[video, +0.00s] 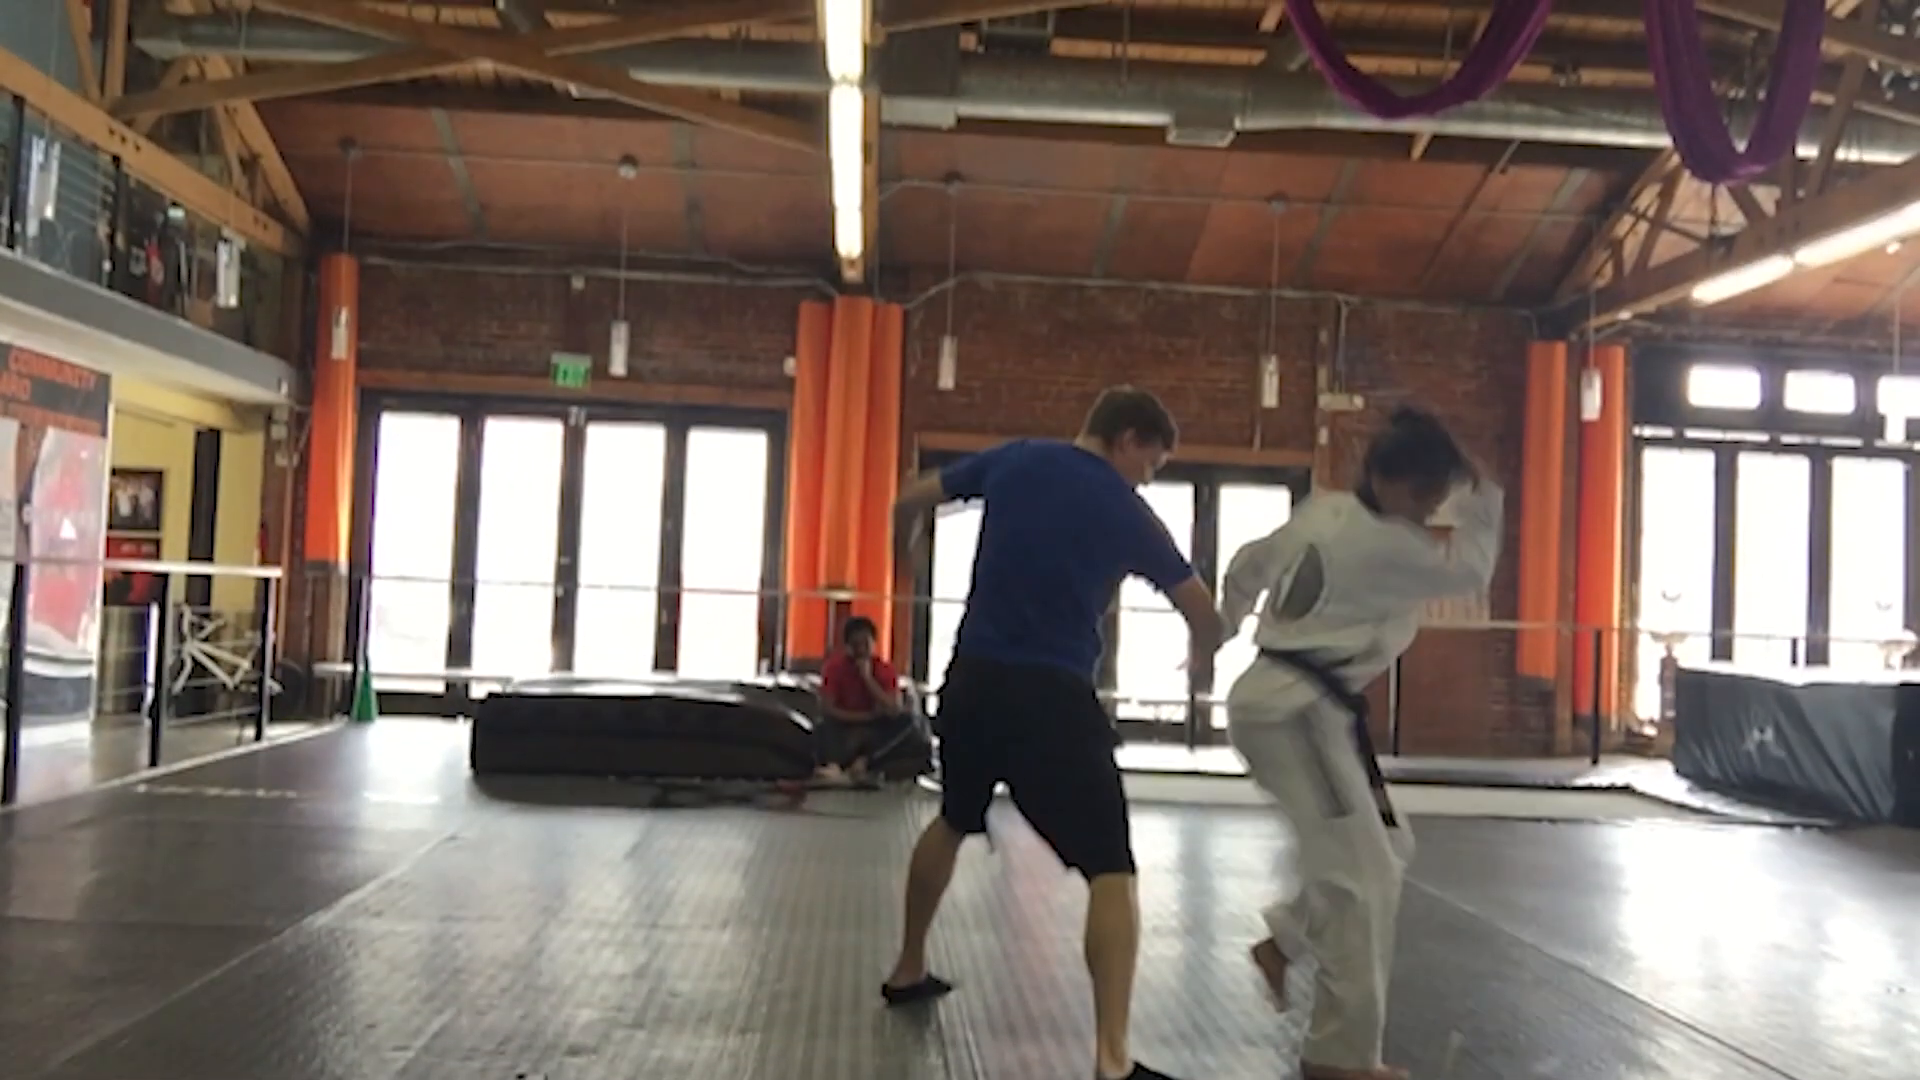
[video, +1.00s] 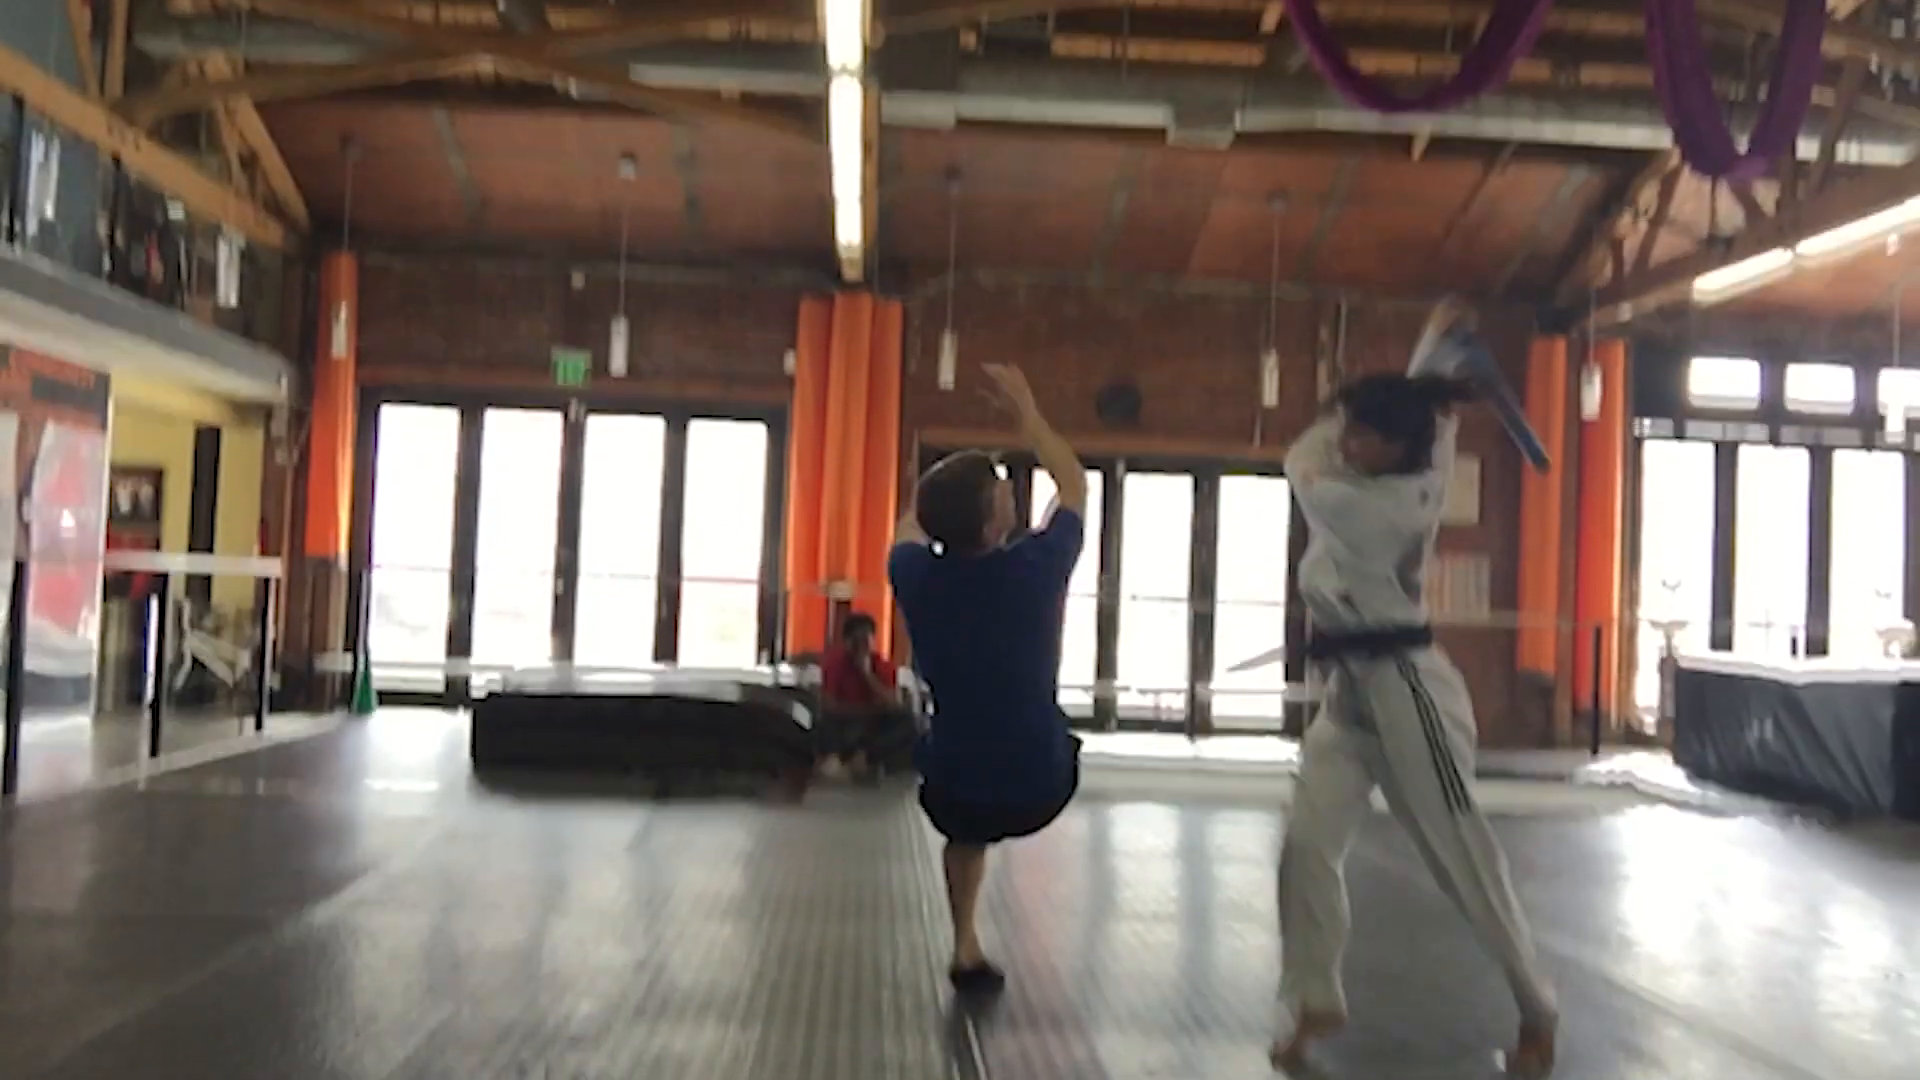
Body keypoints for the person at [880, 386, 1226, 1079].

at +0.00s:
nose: (1146, 481)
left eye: (1153, 470)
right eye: (1150, 466)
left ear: (1094, 430)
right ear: (1126, 440)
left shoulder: (1014, 457)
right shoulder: (1122, 506)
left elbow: (908, 500)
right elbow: (1204, 614)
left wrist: (903, 568)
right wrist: (1202, 660)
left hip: (971, 688)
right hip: (1056, 702)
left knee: (952, 818)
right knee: (1111, 872)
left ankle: (906, 969)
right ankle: (1113, 1060)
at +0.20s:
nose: (1134, 446)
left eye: (1137, 435)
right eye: (1136, 434)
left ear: (1066, 415)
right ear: (1118, 428)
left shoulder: (1007, 455)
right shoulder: (1128, 501)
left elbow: (903, 488)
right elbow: (1203, 547)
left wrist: (803, 523)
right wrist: (1194, 571)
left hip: (986, 686)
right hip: (1074, 698)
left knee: (977, 804)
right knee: (1108, 879)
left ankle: (951, 951)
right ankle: (1123, 1062)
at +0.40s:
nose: (1101, 459)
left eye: (1103, 450)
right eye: (1103, 449)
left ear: (1037, 421)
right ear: (1088, 446)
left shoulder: (993, 468)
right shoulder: (1085, 517)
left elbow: (946, 497)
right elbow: (1139, 572)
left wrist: (875, 531)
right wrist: (1124, 554)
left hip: (970, 697)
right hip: (1052, 706)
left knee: (965, 827)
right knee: (1106, 875)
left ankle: (972, 977)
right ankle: (1124, 1003)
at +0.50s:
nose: (1076, 443)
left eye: (1078, 434)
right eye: (1079, 433)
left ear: (1009, 412)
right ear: (1067, 427)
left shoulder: (950, 471)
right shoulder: (1084, 503)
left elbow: (896, 560)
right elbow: (1101, 600)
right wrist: (1044, 573)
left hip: (962, 693)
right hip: (1048, 699)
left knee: (965, 826)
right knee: (1082, 836)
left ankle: (970, 970)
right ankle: (1098, 963)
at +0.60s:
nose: (1058, 442)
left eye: (1058, 432)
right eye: (1057, 430)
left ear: (994, 412)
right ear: (1038, 418)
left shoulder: (937, 477)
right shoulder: (1066, 478)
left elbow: (895, 582)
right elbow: (1081, 560)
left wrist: (870, 639)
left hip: (965, 677)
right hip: (1049, 676)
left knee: (962, 815)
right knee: (1078, 762)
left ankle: (970, 956)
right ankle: (1083, 869)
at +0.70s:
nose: (1040, 443)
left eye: (1038, 435)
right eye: (1039, 434)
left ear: (970, 432)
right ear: (1026, 431)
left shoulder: (927, 496)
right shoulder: (1049, 481)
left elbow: (916, 498)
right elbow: (1075, 473)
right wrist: (1040, 458)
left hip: (964, 693)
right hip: (1045, 690)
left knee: (969, 823)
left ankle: (972, 959)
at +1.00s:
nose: (1009, 492)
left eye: (1001, 487)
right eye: (1001, 490)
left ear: (935, 526)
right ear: (991, 521)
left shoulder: (915, 577)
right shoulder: (1039, 567)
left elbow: (909, 528)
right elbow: (1074, 487)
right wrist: (1030, 414)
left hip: (958, 795)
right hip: (1042, 793)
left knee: (965, 826)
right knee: (1032, 720)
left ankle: (966, 945)